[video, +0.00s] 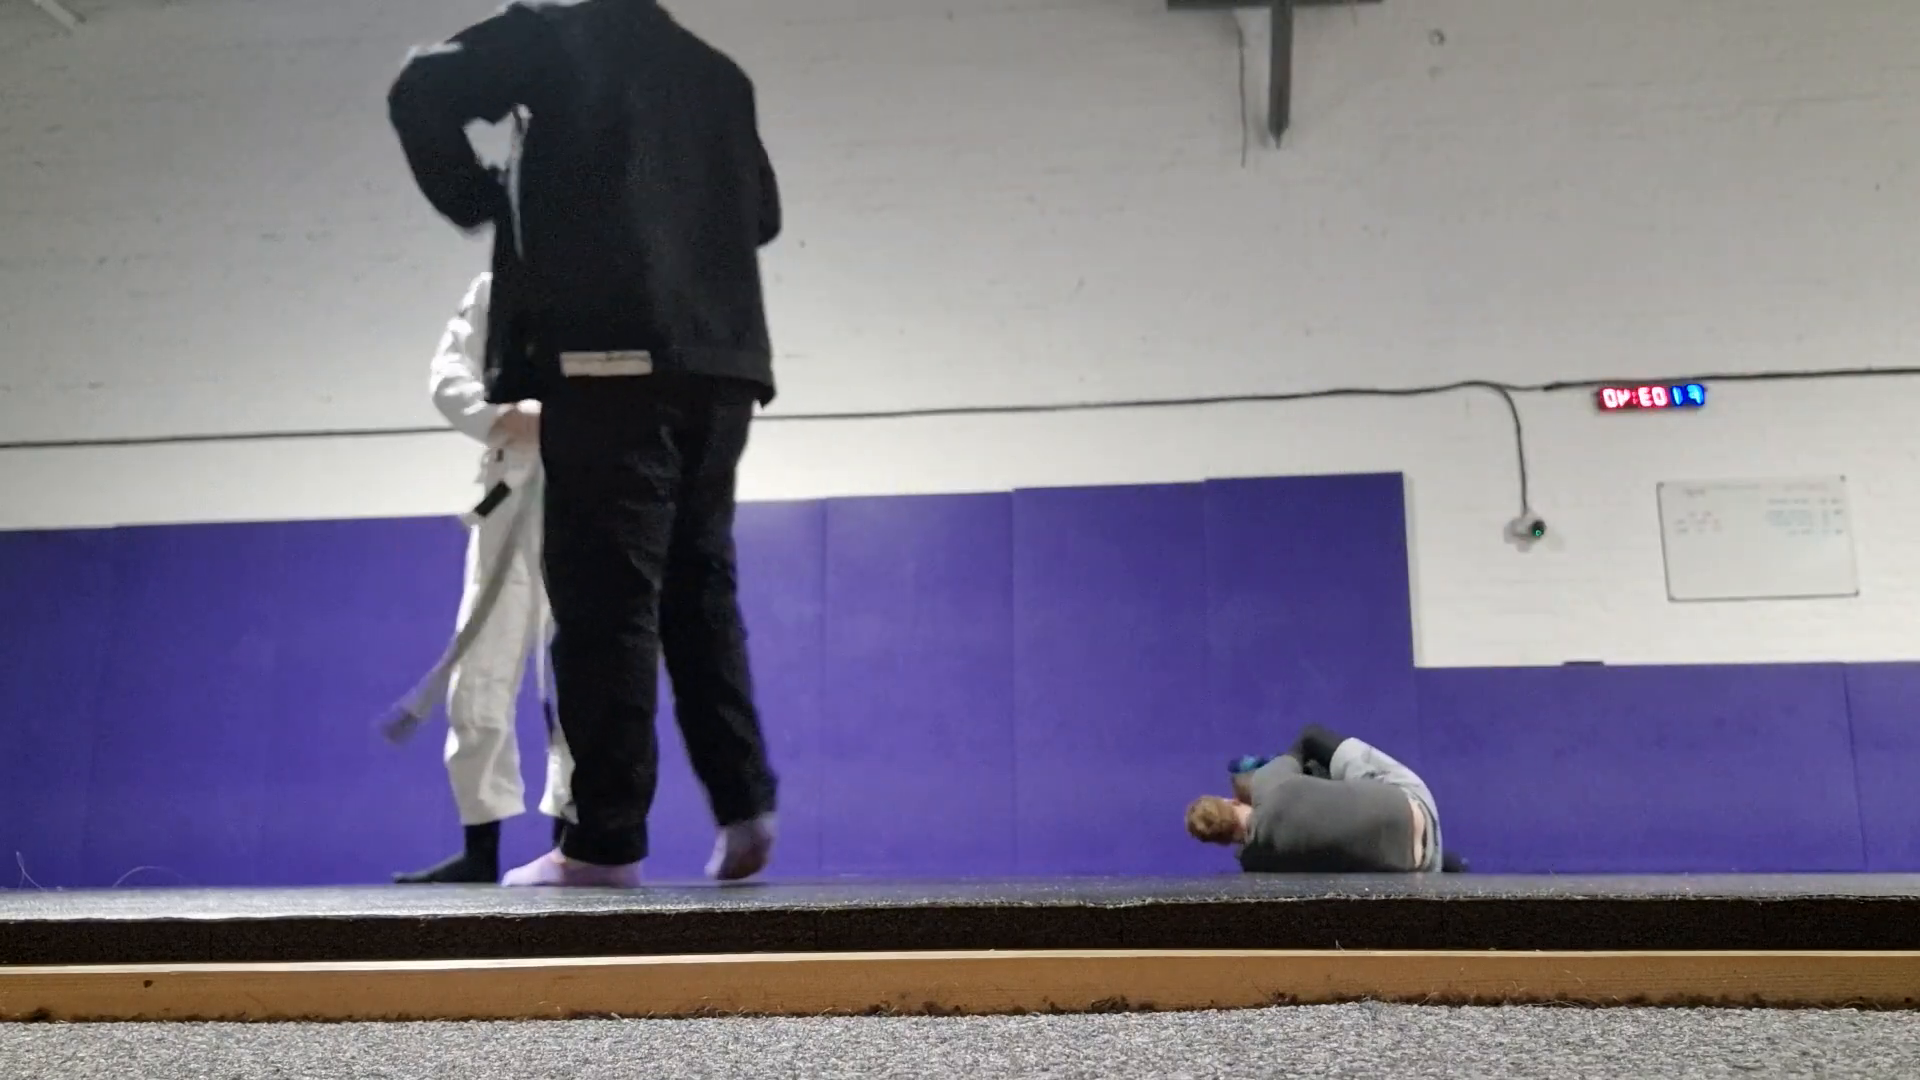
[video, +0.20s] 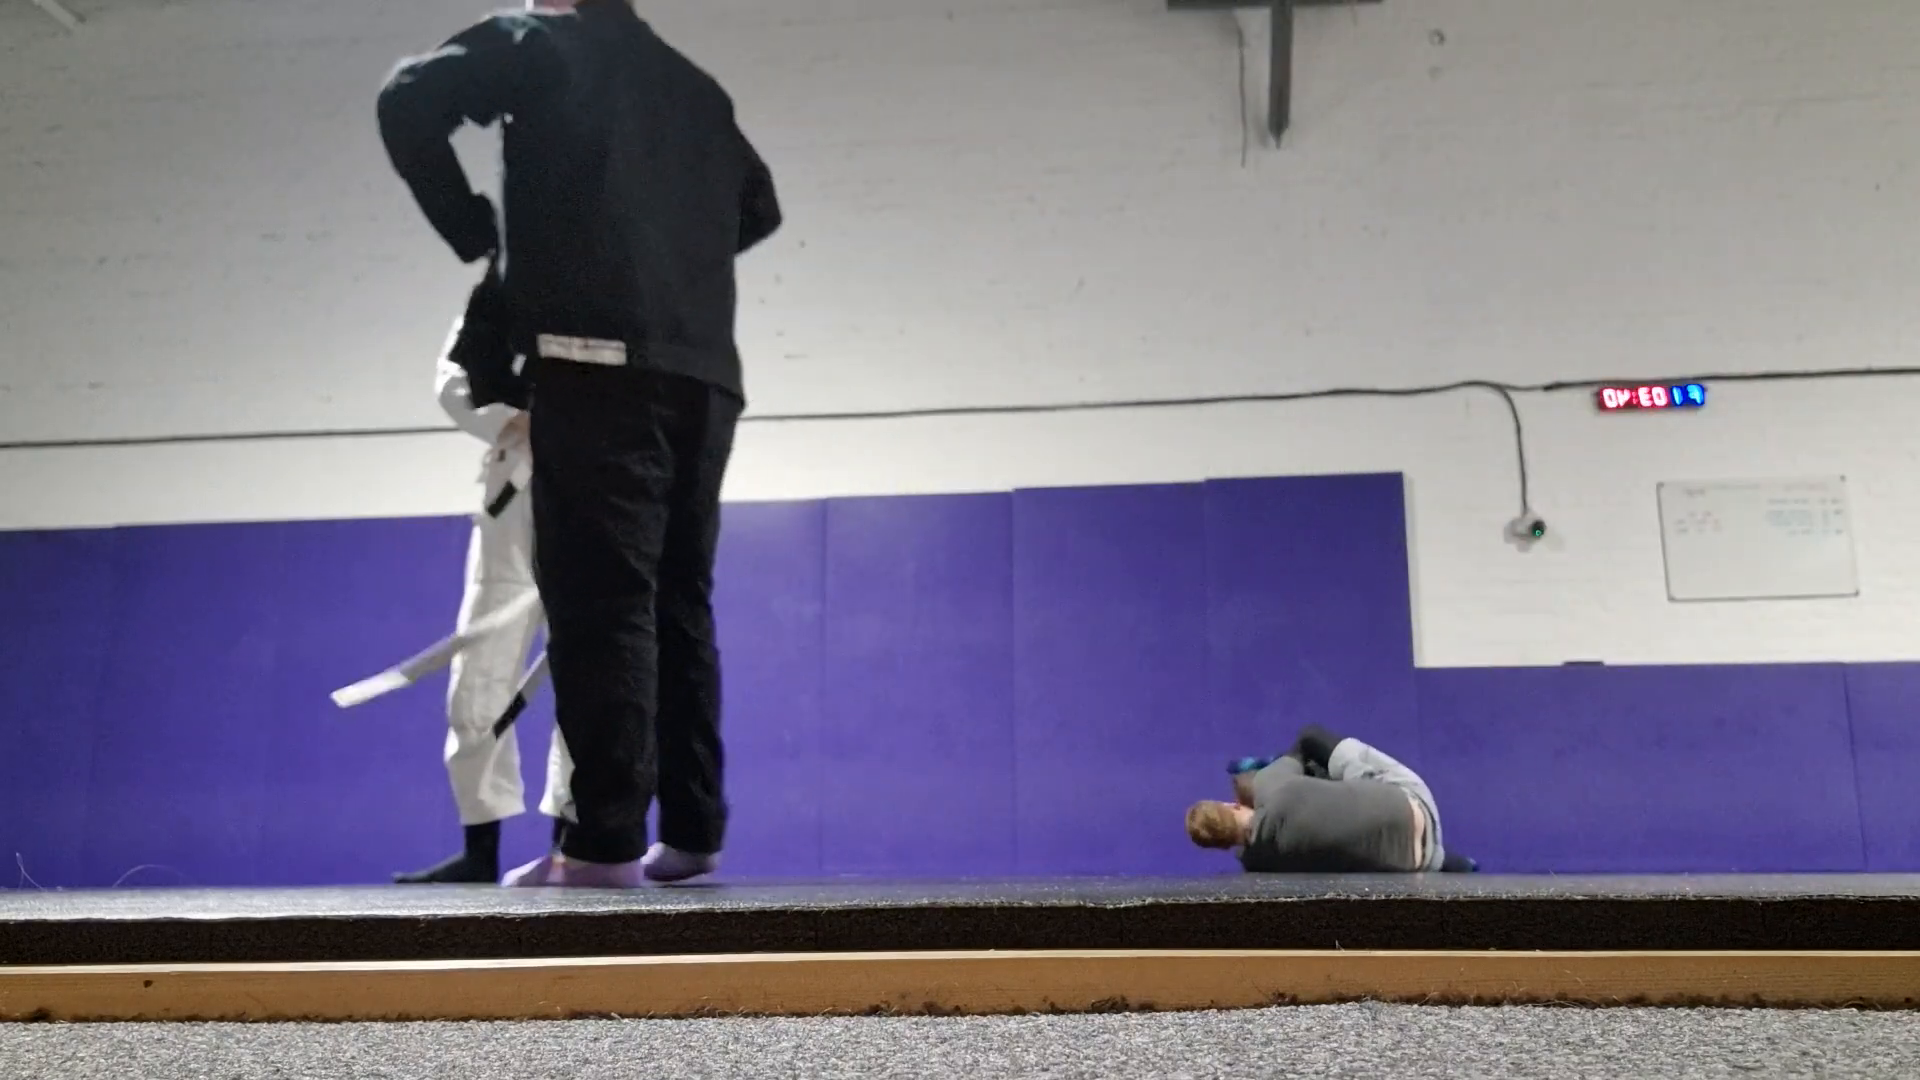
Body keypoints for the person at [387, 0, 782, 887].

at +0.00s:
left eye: (529, 12)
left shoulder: (550, 25)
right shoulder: (718, 69)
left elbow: (421, 93)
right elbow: (762, 212)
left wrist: (481, 203)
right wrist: (659, 233)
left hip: (608, 358)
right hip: (724, 366)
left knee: (605, 604)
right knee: (697, 584)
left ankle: (602, 847)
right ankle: (747, 809)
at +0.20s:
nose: (533, 14)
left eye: (532, 10)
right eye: (537, 12)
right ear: (621, 5)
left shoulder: (538, 36)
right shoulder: (699, 85)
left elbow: (409, 99)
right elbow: (758, 206)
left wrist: (473, 234)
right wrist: (667, 255)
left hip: (599, 359)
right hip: (706, 373)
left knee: (602, 607)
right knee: (681, 602)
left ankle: (601, 849)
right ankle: (692, 839)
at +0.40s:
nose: (541, 20)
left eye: (543, 12)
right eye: (545, 15)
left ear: (565, 10)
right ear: (640, 14)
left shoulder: (543, 64)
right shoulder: (705, 110)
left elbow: (436, 160)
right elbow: (724, 249)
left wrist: (501, 283)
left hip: (596, 381)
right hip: (696, 391)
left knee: (593, 611)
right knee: (668, 608)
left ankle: (601, 846)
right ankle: (679, 845)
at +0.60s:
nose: (567, 33)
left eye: (570, 24)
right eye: (573, 26)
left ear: (593, 22)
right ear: (667, 44)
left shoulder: (562, 67)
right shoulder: (711, 138)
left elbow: (448, 152)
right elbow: (711, 273)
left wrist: (507, 268)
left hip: (592, 382)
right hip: (694, 396)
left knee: (590, 610)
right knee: (669, 611)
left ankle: (602, 843)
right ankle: (683, 844)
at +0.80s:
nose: (563, 44)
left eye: (568, 34)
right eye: (573, 37)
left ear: (582, 37)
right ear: (660, 52)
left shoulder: (559, 78)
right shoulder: (713, 145)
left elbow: (471, 172)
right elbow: (729, 274)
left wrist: (529, 280)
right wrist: (657, 322)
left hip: (587, 387)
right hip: (693, 400)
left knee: (588, 610)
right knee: (672, 609)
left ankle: (601, 843)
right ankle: (684, 846)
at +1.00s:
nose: (544, 58)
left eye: (547, 49)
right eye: (552, 49)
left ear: (557, 44)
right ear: (635, 52)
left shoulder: (548, 83)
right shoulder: (698, 131)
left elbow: (468, 193)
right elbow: (746, 260)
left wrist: (546, 290)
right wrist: (661, 301)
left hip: (599, 393)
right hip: (702, 397)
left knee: (598, 613)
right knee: (683, 610)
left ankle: (606, 845)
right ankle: (689, 849)